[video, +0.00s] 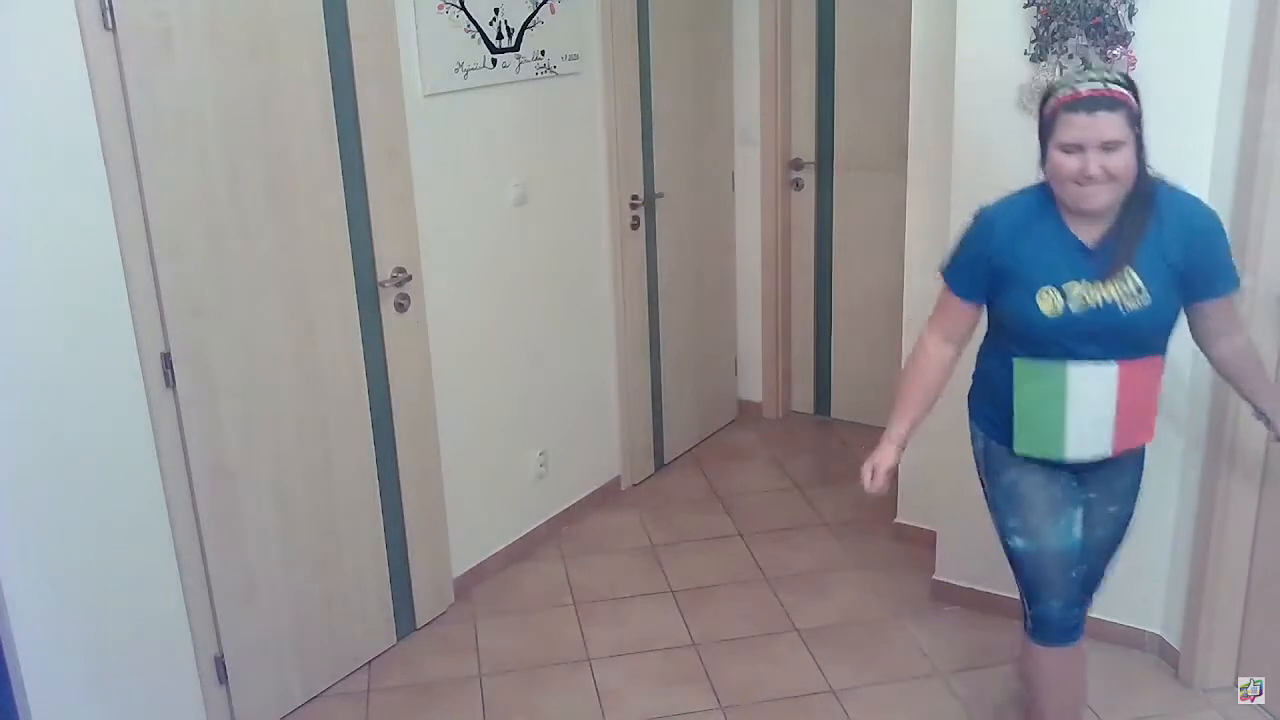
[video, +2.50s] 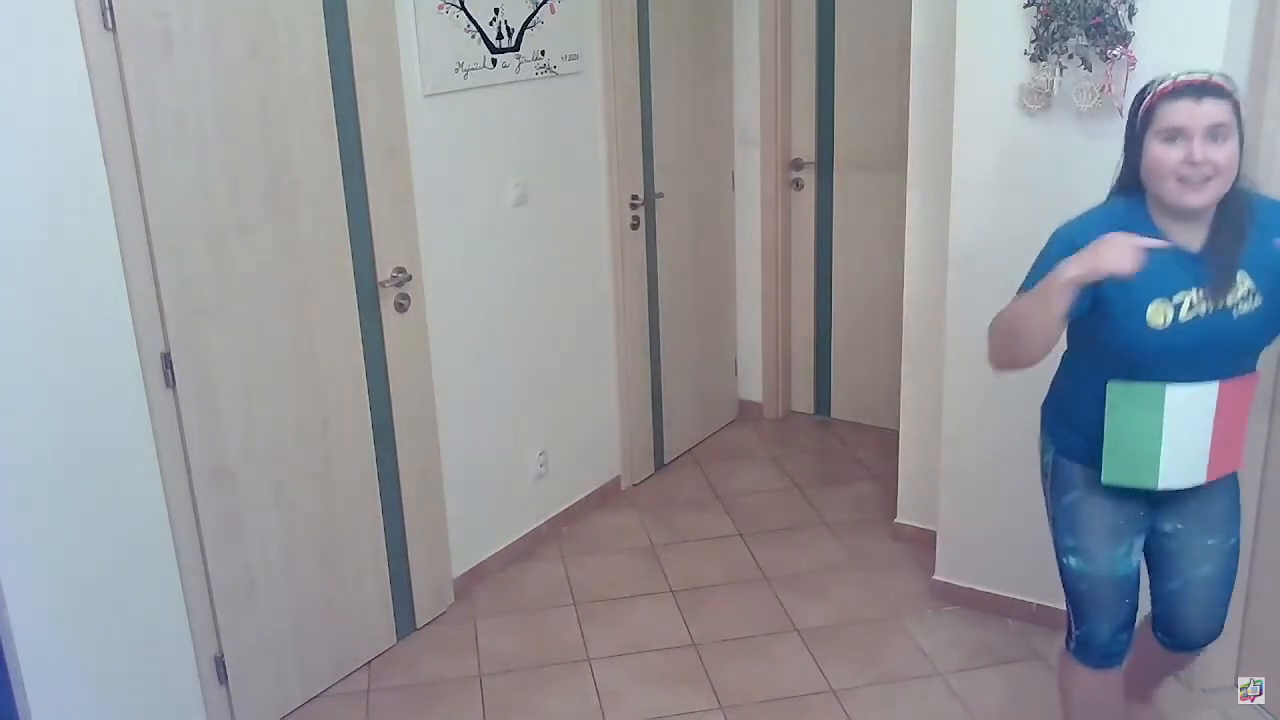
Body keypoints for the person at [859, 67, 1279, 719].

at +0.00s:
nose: (1092, 166)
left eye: (1110, 148)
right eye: (1072, 149)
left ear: (1138, 151)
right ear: (1044, 154)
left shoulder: (1184, 226)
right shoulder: (1001, 231)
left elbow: (1224, 335)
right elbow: (941, 339)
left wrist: (1272, 410)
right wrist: (893, 436)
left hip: (1119, 446)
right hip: (1016, 444)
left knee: (1069, 604)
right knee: (1056, 614)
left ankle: (1036, 693)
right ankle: (1065, 715)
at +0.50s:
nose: (1132, 242)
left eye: (1152, 223)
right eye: (1109, 225)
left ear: (1181, 234)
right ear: (1081, 241)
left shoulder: (1227, 311)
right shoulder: (1040, 335)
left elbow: (1265, 425)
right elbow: (974, 456)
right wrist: (913, 551)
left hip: (1163, 491)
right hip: (1056, 497)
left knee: (1154, 660)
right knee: (1099, 675)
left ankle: (1052, 689)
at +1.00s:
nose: (1164, 129)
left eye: (1185, 115)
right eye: (1146, 112)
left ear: (1207, 131)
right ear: (1116, 124)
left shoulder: (1241, 211)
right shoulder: (1067, 221)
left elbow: (1277, 320)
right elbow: (1001, 330)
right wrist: (926, 422)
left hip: (1186, 453)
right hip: (1081, 450)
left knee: (1134, 609)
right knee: (1080, 620)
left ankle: (1101, 698)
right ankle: (1071, 717)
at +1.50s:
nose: (1182, 168)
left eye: (1201, 151)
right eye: (1164, 150)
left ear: (1225, 154)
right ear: (1136, 149)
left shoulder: (1254, 230)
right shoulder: (1084, 229)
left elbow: (1278, 326)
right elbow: (1021, 335)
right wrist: (951, 421)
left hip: (1210, 457)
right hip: (1104, 452)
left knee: (1148, 626)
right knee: (1117, 629)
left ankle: (1097, 702)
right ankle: (1095, 712)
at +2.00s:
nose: (1169, 223)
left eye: (1191, 203)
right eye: (1148, 202)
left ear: (1219, 211)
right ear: (1118, 208)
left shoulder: (1260, 280)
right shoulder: (1072, 301)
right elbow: (1014, 421)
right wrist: (964, 524)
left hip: (1193, 466)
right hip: (1080, 471)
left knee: (1194, 636)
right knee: (1098, 653)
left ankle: (1090, 675)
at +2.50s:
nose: (1197, 155)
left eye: (1216, 135)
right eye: (1173, 137)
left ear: (1238, 150)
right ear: (1138, 152)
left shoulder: (1267, 228)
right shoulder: (1090, 239)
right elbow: (1005, 354)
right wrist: (1074, 271)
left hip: (1208, 461)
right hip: (1096, 463)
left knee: (1191, 627)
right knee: (1102, 636)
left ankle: (1132, 695)